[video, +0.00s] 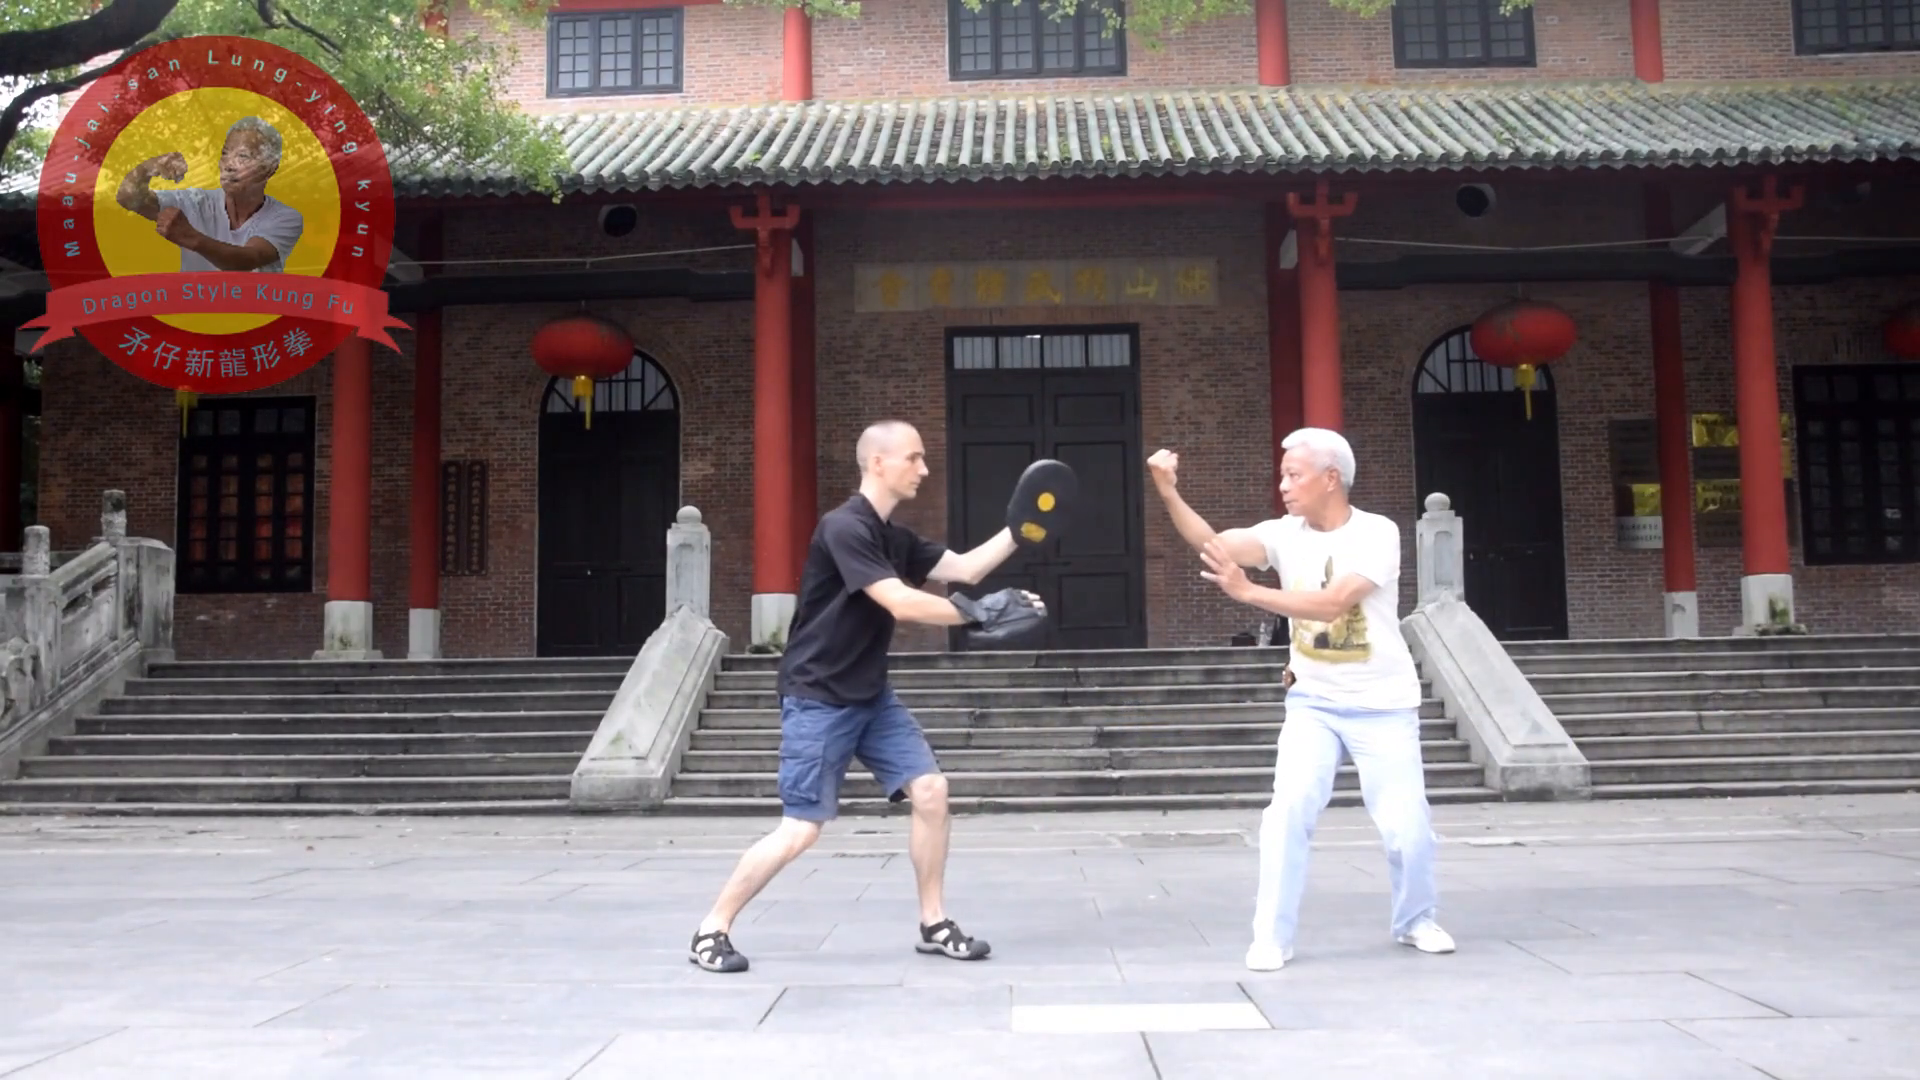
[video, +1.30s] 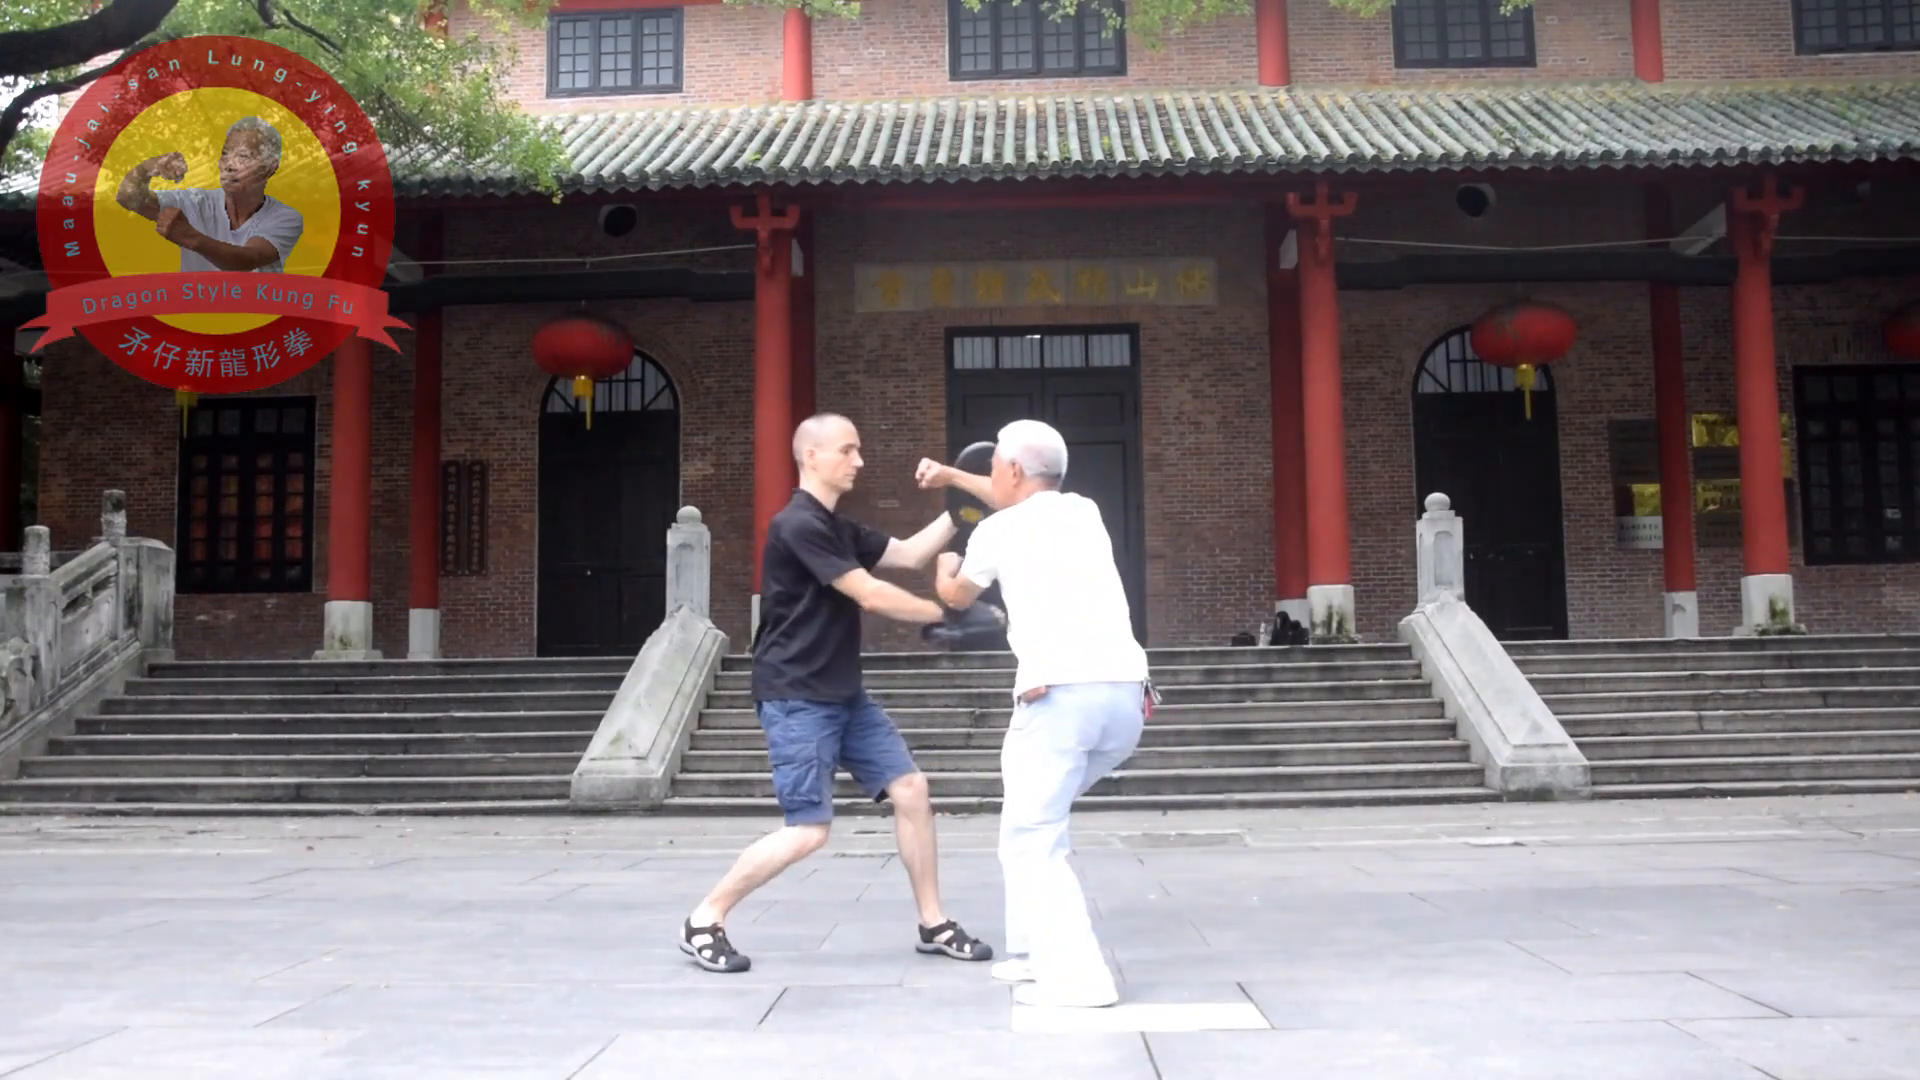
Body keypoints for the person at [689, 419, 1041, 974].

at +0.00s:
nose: (923, 468)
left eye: (923, 458)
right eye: (913, 458)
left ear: (891, 466)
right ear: (877, 464)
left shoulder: (895, 536)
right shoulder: (843, 527)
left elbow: (962, 569)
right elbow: (899, 603)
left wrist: (1021, 528)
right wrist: (979, 611)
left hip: (871, 695)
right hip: (817, 697)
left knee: (930, 792)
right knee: (801, 829)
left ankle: (934, 924)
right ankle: (712, 930)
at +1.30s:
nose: (858, 460)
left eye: (858, 451)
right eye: (847, 451)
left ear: (840, 460)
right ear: (810, 457)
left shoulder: (836, 523)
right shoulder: (798, 524)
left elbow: (909, 554)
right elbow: (871, 597)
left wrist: (961, 508)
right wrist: (947, 612)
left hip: (844, 693)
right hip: (794, 695)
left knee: (910, 790)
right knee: (808, 831)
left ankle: (934, 924)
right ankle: (705, 918)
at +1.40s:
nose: (832, 467)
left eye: (831, 457)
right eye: (820, 457)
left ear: (812, 465)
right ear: (782, 464)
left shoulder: (813, 535)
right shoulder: (767, 534)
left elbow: (878, 578)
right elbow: (824, 612)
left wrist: (930, 537)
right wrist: (898, 650)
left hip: (830, 699)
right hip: (778, 704)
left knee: (896, 795)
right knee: (806, 835)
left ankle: (934, 924)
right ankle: (689, 920)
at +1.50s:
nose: (805, 463)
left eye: (805, 453)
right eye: (793, 453)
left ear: (783, 462)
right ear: (758, 460)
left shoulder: (778, 530)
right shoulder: (743, 527)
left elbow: (817, 600)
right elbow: (774, 615)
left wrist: (881, 572)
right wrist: (839, 685)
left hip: (783, 694)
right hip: (737, 698)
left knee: (851, 794)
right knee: (781, 824)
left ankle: (915, 918)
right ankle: (686, 931)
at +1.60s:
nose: (781, 465)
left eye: (781, 455)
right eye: (770, 455)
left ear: (756, 463)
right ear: (733, 461)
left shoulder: (751, 532)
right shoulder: (711, 525)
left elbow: (780, 600)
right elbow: (736, 598)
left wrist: (848, 584)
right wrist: (796, 651)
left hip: (739, 689)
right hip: (696, 692)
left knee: (806, 782)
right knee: (756, 812)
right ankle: (685, 934)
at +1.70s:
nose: (755, 461)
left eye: (755, 451)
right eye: (744, 451)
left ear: (733, 461)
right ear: (707, 457)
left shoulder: (731, 532)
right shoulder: (677, 516)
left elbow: (772, 600)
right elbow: (709, 565)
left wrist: (816, 570)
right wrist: (786, 557)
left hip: (691, 682)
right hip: (657, 679)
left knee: (715, 812)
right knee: (731, 797)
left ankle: (604, 888)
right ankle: (682, 933)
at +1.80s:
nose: (728, 458)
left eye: (728, 448)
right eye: (716, 448)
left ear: (711, 458)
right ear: (679, 455)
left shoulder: (709, 521)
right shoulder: (648, 509)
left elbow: (752, 577)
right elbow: (684, 533)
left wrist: (803, 562)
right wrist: (745, 491)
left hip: (653, 678)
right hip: (630, 675)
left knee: (616, 812)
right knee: (712, 788)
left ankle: (491, 884)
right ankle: (680, 934)